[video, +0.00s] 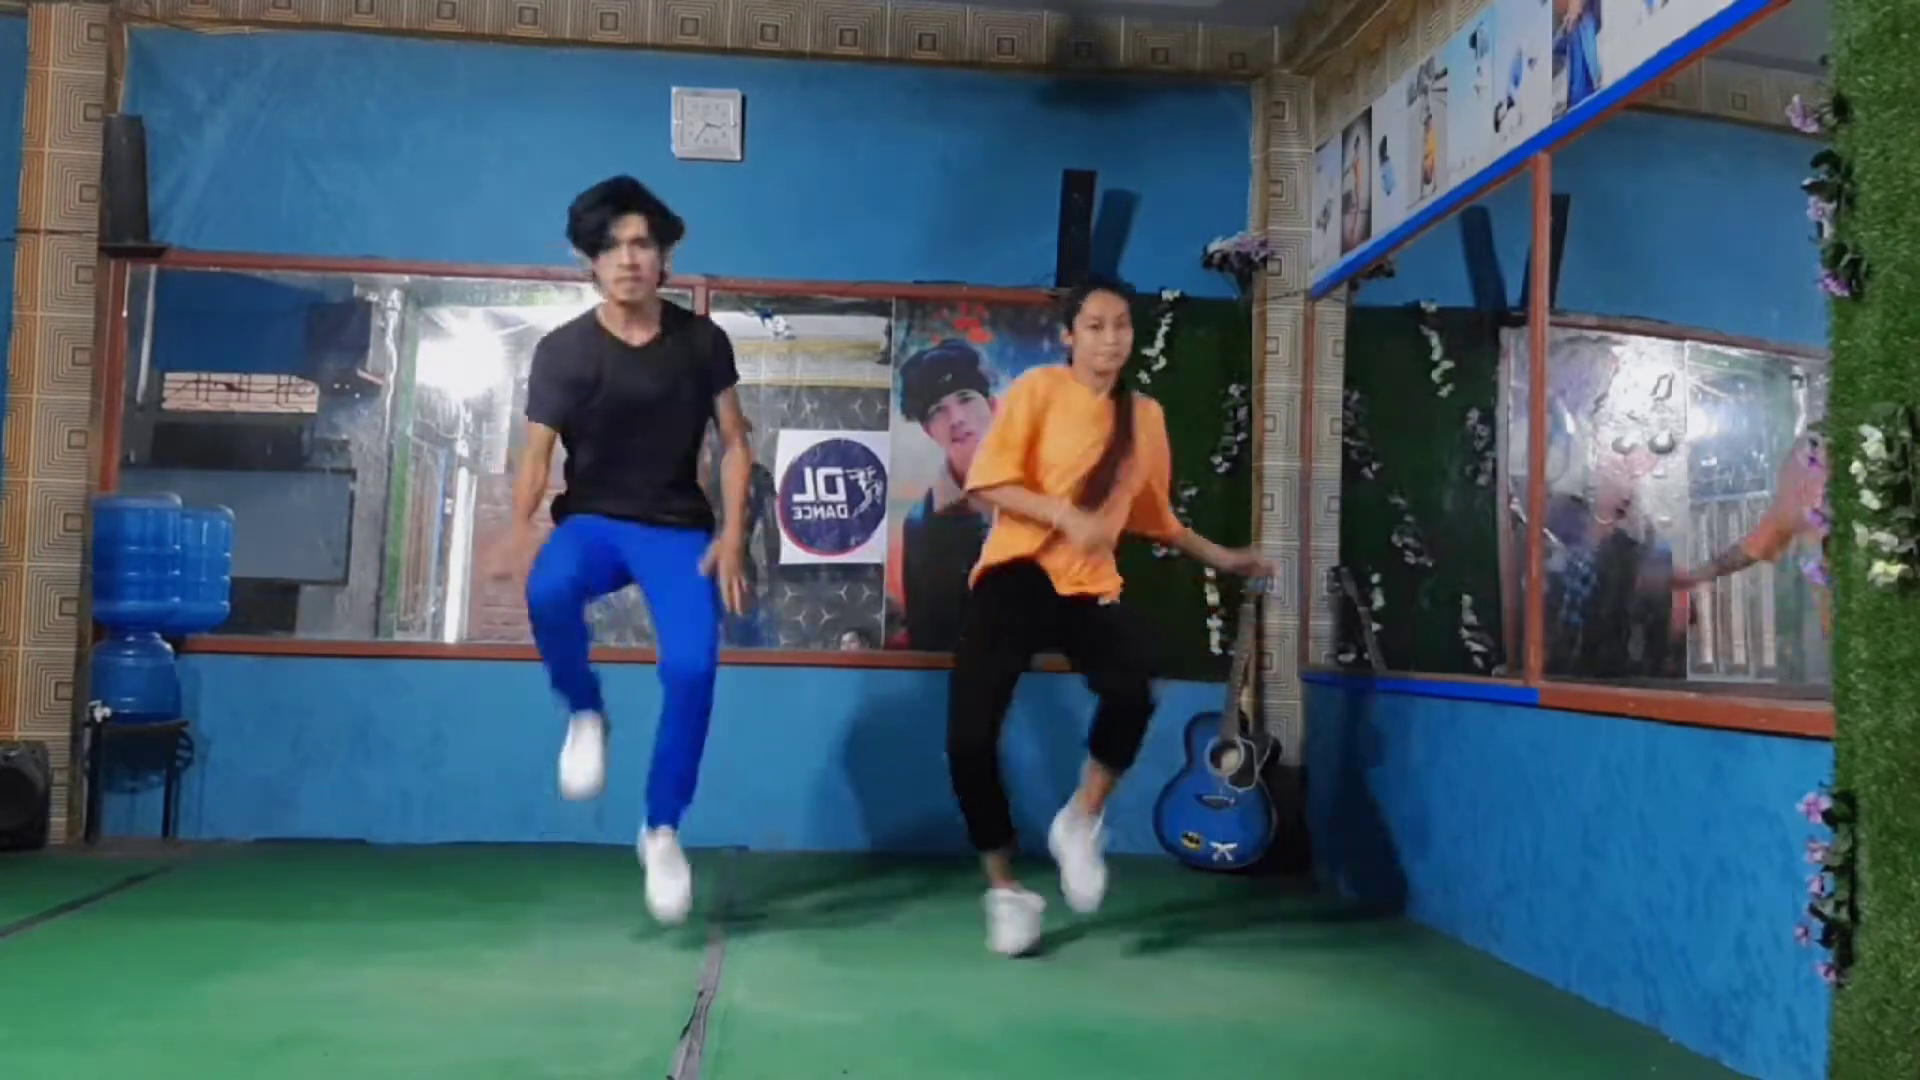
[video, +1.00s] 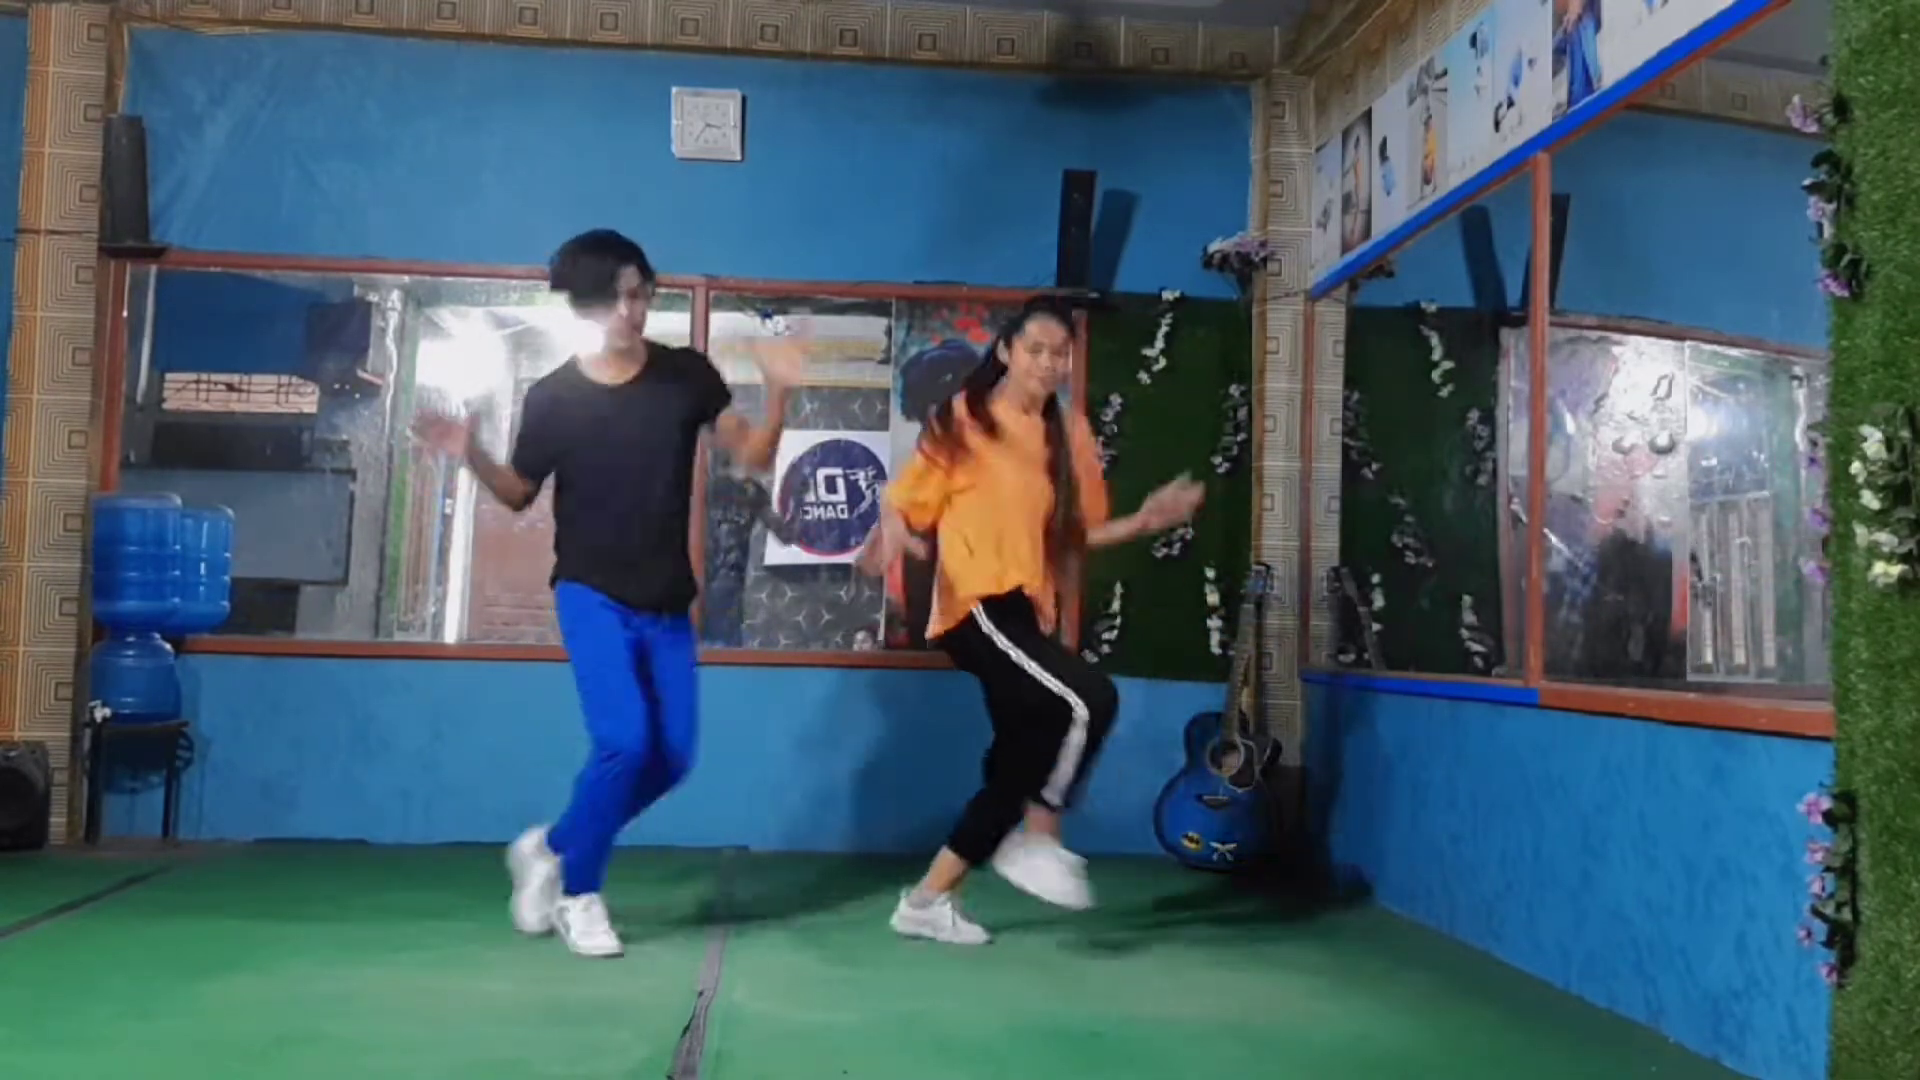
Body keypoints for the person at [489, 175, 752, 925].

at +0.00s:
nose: (632, 261)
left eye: (644, 246)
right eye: (616, 248)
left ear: (663, 257)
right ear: (593, 263)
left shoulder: (703, 342)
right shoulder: (564, 350)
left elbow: (735, 443)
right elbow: (536, 453)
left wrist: (733, 536)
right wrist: (523, 529)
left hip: (678, 528)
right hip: (592, 523)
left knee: (694, 670)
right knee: (548, 591)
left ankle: (662, 832)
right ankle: (583, 713)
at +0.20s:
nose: (647, 292)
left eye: (659, 276)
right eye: (631, 279)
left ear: (678, 286)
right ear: (605, 291)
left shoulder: (716, 380)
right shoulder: (576, 380)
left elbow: (738, 480)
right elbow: (539, 468)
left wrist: (741, 580)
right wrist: (508, 553)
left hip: (678, 598)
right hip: (584, 589)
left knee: (671, 751)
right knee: (550, 720)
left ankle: (654, 899)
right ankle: (547, 861)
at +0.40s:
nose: (645, 287)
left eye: (655, 272)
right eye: (627, 275)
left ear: (671, 284)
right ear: (598, 291)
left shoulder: (700, 378)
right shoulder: (563, 374)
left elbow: (708, 480)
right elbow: (534, 474)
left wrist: (674, 493)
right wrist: (624, 498)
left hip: (661, 599)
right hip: (573, 593)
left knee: (662, 754)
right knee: (568, 747)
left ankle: (652, 898)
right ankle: (538, 900)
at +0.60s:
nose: (647, 306)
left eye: (655, 289)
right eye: (630, 292)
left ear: (665, 290)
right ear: (591, 296)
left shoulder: (678, 373)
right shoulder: (556, 383)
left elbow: (715, 466)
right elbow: (510, 492)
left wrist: (783, 435)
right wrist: (492, 466)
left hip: (650, 591)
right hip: (568, 591)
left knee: (717, 683)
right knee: (573, 744)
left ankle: (628, 806)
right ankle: (537, 899)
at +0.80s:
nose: (633, 298)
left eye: (637, 283)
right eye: (618, 287)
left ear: (643, 282)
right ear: (578, 293)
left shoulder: (669, 354)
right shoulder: (538, 379)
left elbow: (697, 451)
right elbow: (500, 471)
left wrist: (766, 477)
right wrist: (468, 470)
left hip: (658, 578)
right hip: (587, 577)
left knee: (628, 740)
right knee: (623, 730)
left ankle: (520, 871)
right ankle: (652, 901)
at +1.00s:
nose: (634, 311)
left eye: (639, 294)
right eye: (617, 299)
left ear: (649, 297)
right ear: (582, 309)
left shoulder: (689, 374)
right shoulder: (554, 398)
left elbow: (753, 455)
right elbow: (518, 495)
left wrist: (779, 394)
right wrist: (473, 457)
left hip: (667, 600)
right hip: (591, 594)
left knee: (674, 754)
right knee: (625, 741)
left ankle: (547, 848)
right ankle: (581, 892)